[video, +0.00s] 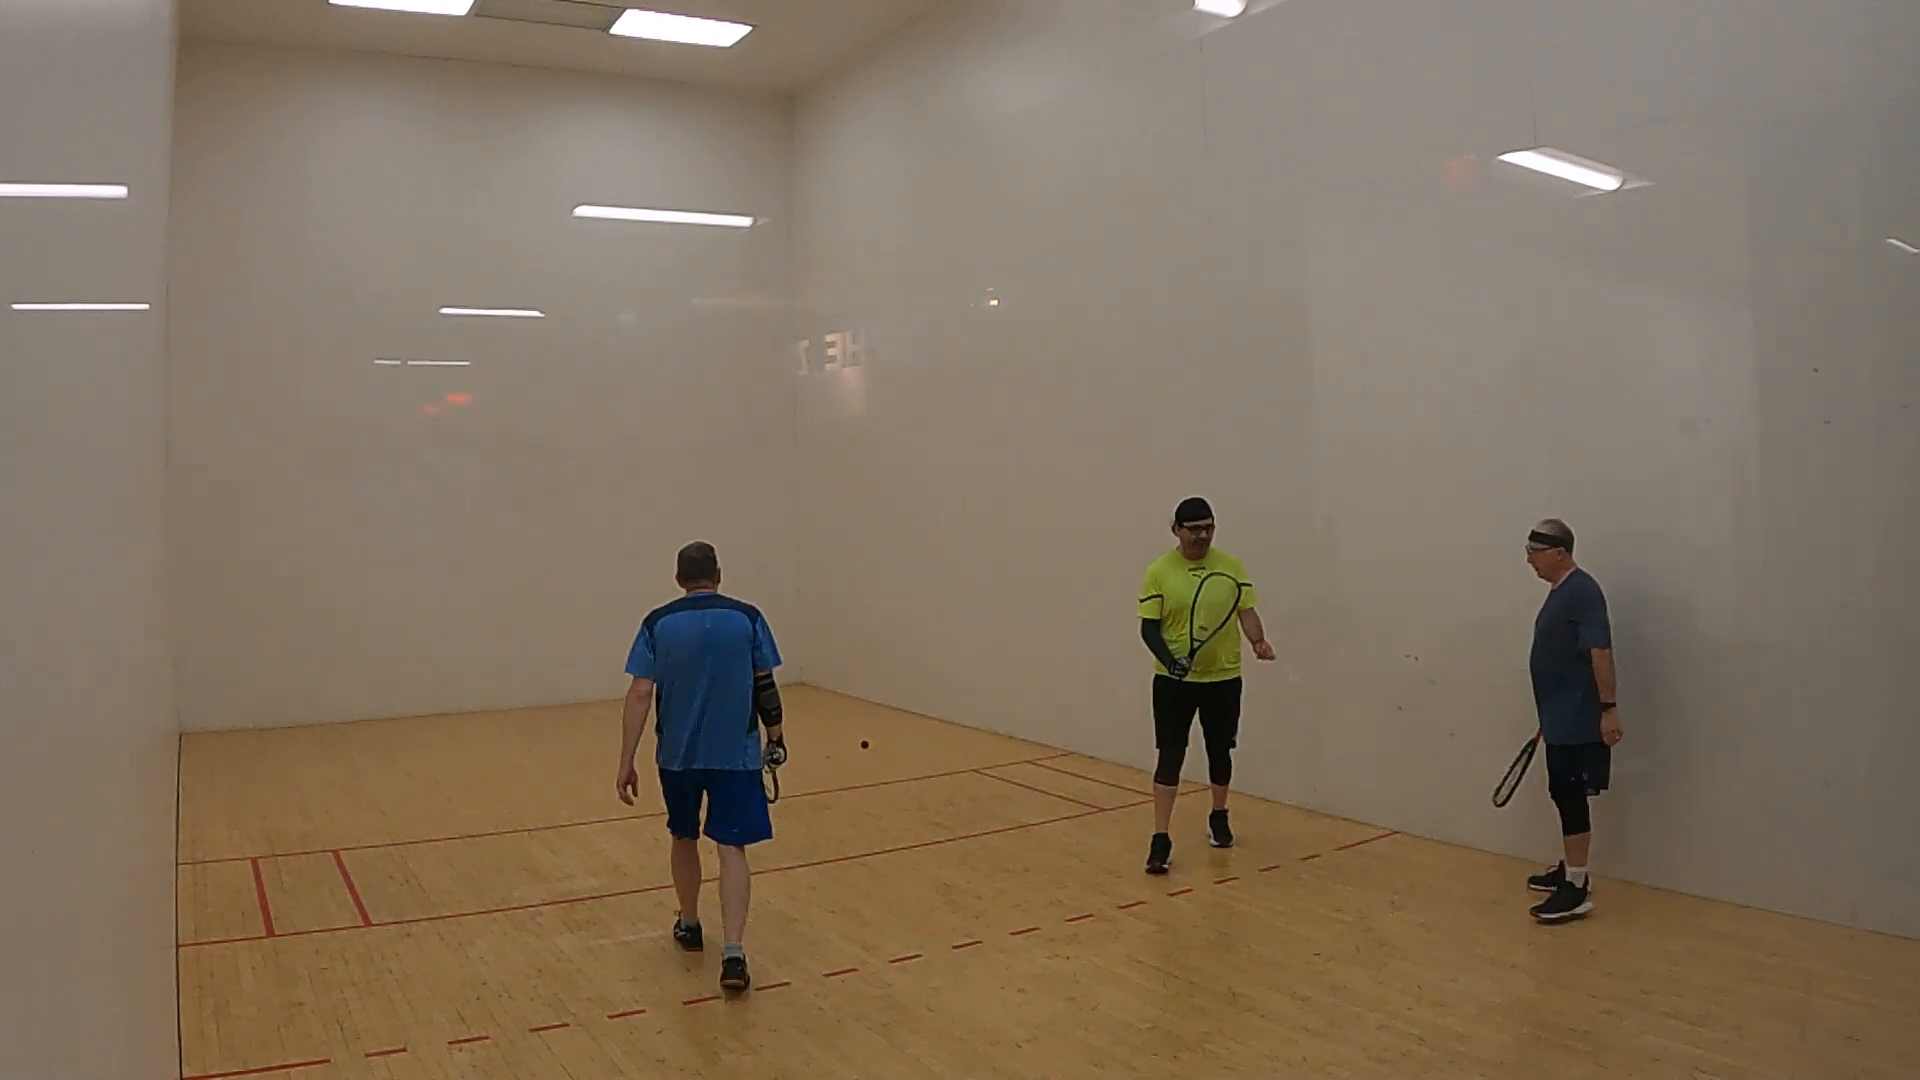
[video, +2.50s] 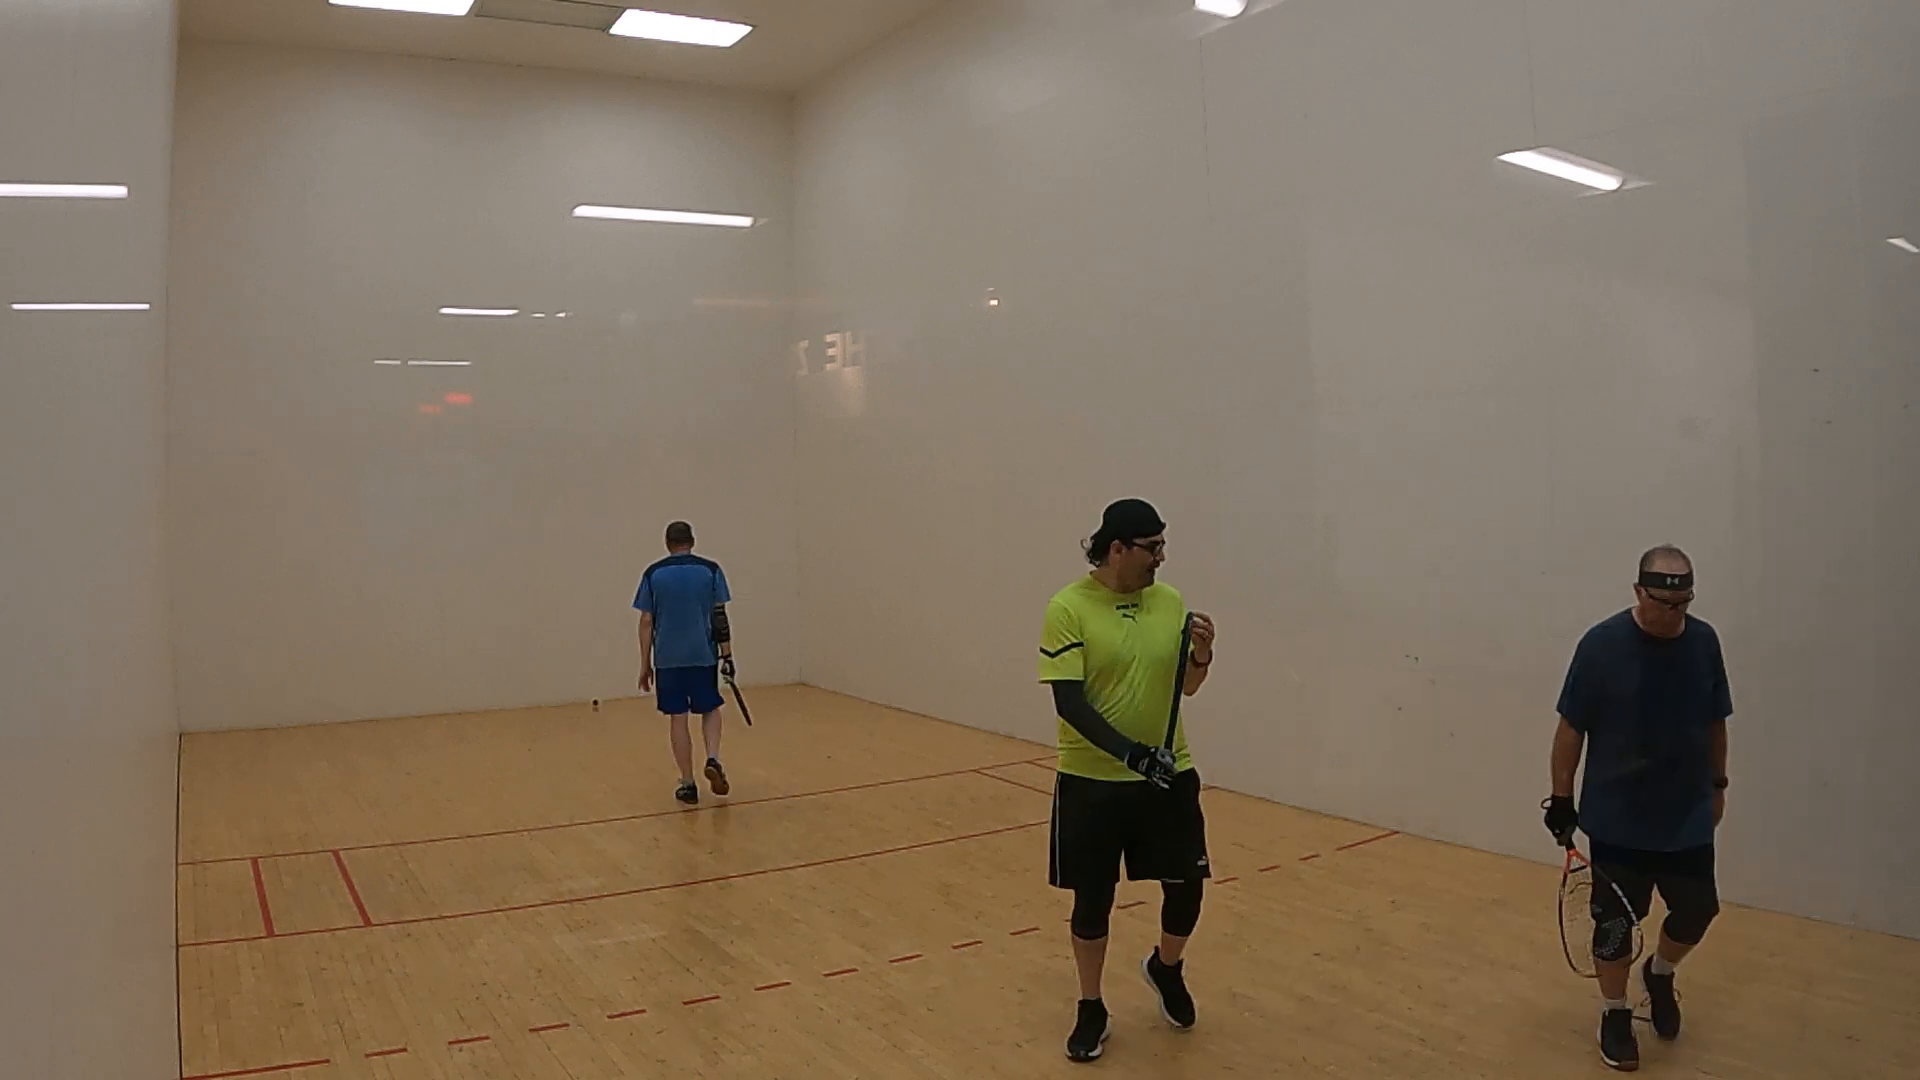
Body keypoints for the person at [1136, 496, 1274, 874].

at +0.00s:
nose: (1201, 535)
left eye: (1207, 529)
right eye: (1194, 529)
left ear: (1215, 529)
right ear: (1177, 530)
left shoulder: (1232, 568)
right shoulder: (1159, 572)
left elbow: (1247, 611)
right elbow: (1149, 627)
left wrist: (1258, 639)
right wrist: (1169, 660)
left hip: (1222, 682)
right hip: (1174, 682)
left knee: (1220, 753)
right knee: (1169, 757)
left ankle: (1219, 816)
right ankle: (1160, 839)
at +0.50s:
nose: (1203, 538)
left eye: (1208, 532)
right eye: (1195, 531)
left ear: (1211, 533)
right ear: (1172, 532)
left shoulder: (1220, 575)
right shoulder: (1148, 577)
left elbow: (1229, 628)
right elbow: (1135, 640)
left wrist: (1239, 677)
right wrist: (1164, 670)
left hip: (1212, 696)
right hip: (1161, 696)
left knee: (1210, 777)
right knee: (1161, 774)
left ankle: (1213, 866)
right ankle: (1159, 841)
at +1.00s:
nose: (1214, 544)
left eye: (1220, 536)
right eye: (1205, 536)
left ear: (1225, 535)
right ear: (1181, 534)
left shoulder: (1236, 578)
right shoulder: (1156, 583)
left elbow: (1252, 626)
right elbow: (1140, 648)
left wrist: (1264, 640)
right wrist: (1165, 683)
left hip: (1225, 711)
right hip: (1171, 712)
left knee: (1217, 796)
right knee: (1171, 803)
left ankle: (1213, 875)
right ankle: (1166, 899)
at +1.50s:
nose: (1190, 548)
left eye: (1198, 540)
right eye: (1181, 539)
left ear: (1203, 539)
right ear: (1156, 535)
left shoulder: (1215, 581)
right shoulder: (1128, 590)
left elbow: (1253, 643)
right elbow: (1114, 663)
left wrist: (1245, 618)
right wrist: (1140, 706)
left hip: (1213, 724)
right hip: (1153, 729)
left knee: (1218, 824)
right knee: (1162, 826)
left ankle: (1213, 920)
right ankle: (1169, 915)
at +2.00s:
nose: (1190, 556)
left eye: (1198, 547)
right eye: (1180, 546)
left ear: (1205, 547)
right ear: (1153, 542)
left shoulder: (1218, 594)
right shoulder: (1119, 596)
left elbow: (1247, 670)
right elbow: (1109, 677)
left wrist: (1230, 640)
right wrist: (1137, 728)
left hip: (1201, 752)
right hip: (1134, 750)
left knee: (1194, 859)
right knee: (1118, 856)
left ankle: (1189, 962)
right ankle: (1142, 935)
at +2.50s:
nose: (1160, 558)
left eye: (1162, 547)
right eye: (1150, 548)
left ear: (1139, 551)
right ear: (1115, 549)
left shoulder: (1169, 604)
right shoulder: (1068, 610)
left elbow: (1186, 687)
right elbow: (1070, 706)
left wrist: (1200, 656)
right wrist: (1136, 753)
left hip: (1168, 776)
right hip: (1093, 781)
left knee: (1187, 886)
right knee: (1091, 902)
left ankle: (1166, 967)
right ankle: (1091, 1008)